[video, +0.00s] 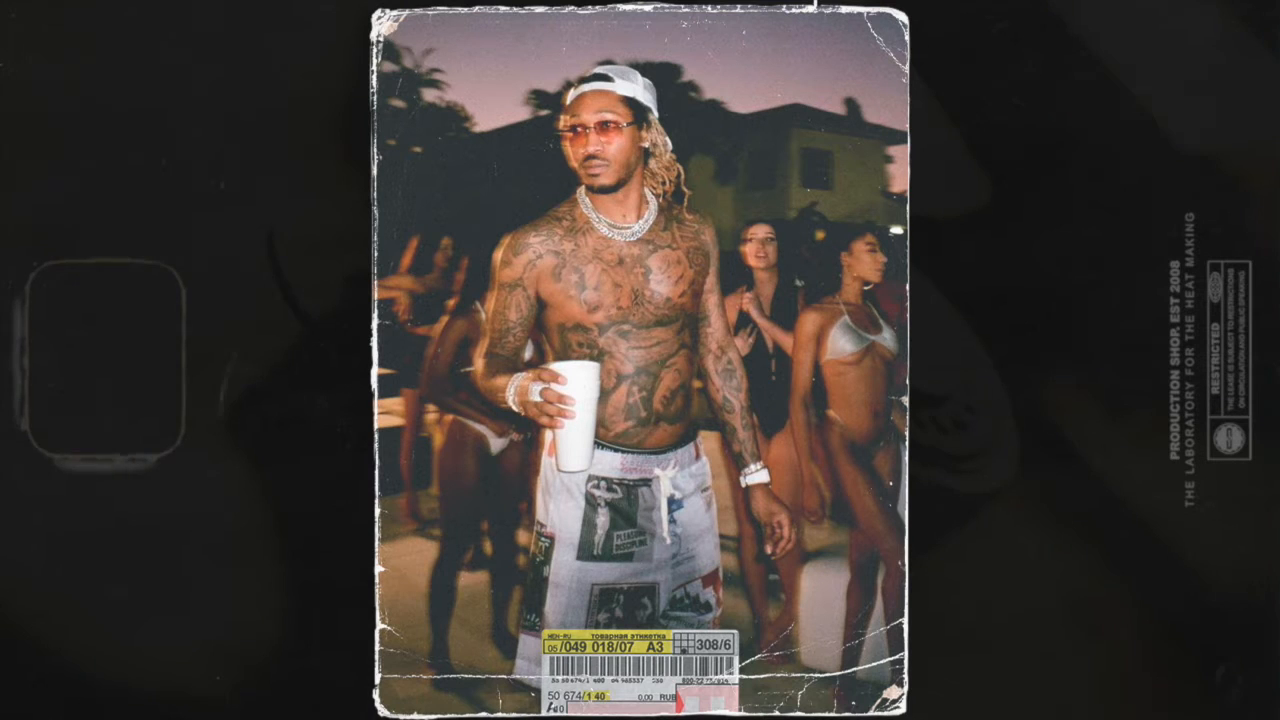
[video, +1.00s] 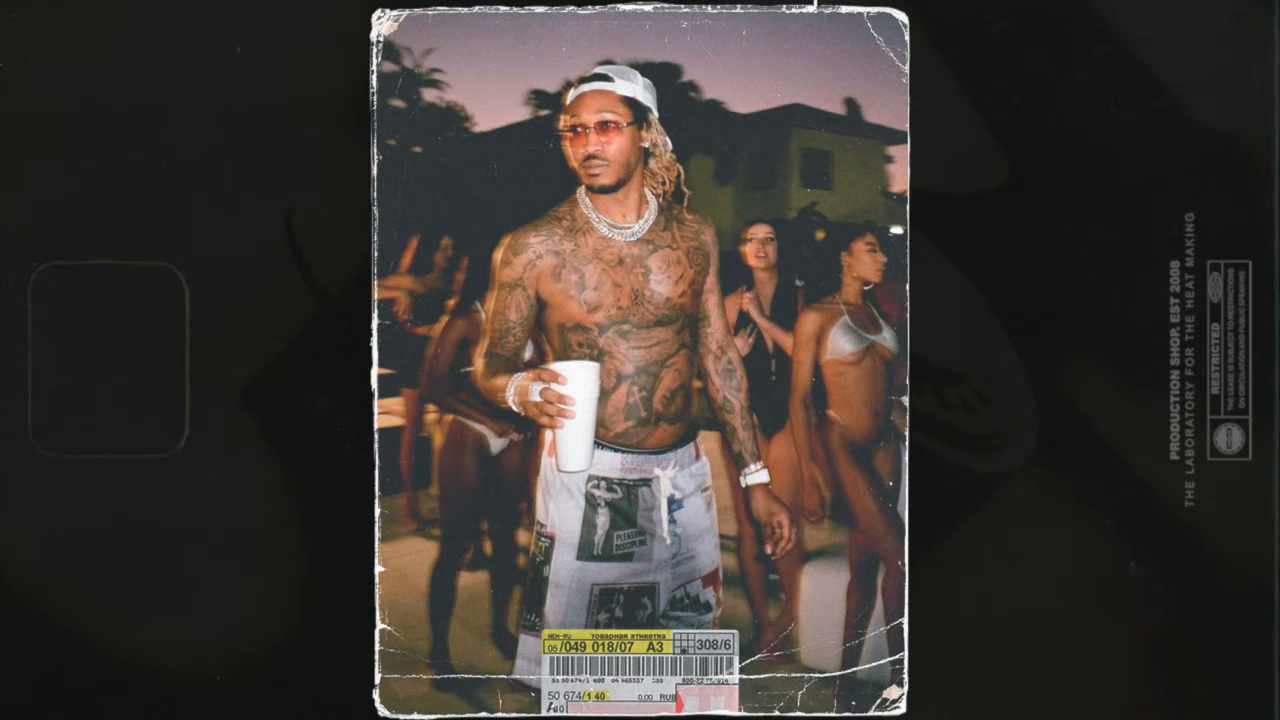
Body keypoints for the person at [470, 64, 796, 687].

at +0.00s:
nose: (590, 143)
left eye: (608, 126)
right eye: (576, 130)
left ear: (646, 138)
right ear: (565, 143)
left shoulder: (693, 235)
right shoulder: (532, 248)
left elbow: (720, 358)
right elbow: (491, 365)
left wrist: (756, 482)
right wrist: (516, 389)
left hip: (681, 477)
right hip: (582, 482)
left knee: (690, 664)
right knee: (573, 669)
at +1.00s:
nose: (590, 143)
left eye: (608, 126)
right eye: (576, 130)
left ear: (646, 138)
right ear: (565, 143)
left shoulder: (693, 236)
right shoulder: (532, 248)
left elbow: (720, 358)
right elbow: (490, 366)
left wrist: (756, 481)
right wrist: (516, 389)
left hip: (681, 477)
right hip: (582, 482)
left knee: (690, 663)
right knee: (574, 666)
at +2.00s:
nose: (589, 143)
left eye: (608, 126)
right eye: (576, 130)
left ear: (646, 138)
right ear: (565, 144)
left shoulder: (693, 235)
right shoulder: (532, 247)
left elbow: (720, 358)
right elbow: (491, 364)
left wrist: (756, 482)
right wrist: (516, 389)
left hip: (681, 476)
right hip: (582, 481)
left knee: (689, 663)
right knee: (573, 668)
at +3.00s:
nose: (589, 143)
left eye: (608, 126)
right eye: (576, 130)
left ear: (645, 138)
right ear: (565, 143)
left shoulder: (693, 235)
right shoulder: (532, 248)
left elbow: (720, 358)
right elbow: (491, 365)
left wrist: (756, 482)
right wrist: (517, 389)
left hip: (681, 475)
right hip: (583, 481)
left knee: (688, 662)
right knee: (575, 668)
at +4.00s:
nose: (589, 143)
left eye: (608, 126)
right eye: (576, 130)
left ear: (645, 138)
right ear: (565, 144)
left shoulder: (693, 235)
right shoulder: (532, 248)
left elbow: (720, 358)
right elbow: (491, 364)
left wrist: (756, 481)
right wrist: (516, 389)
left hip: (681, 476)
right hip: (582, 481)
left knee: (689, 664)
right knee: (574, 669)